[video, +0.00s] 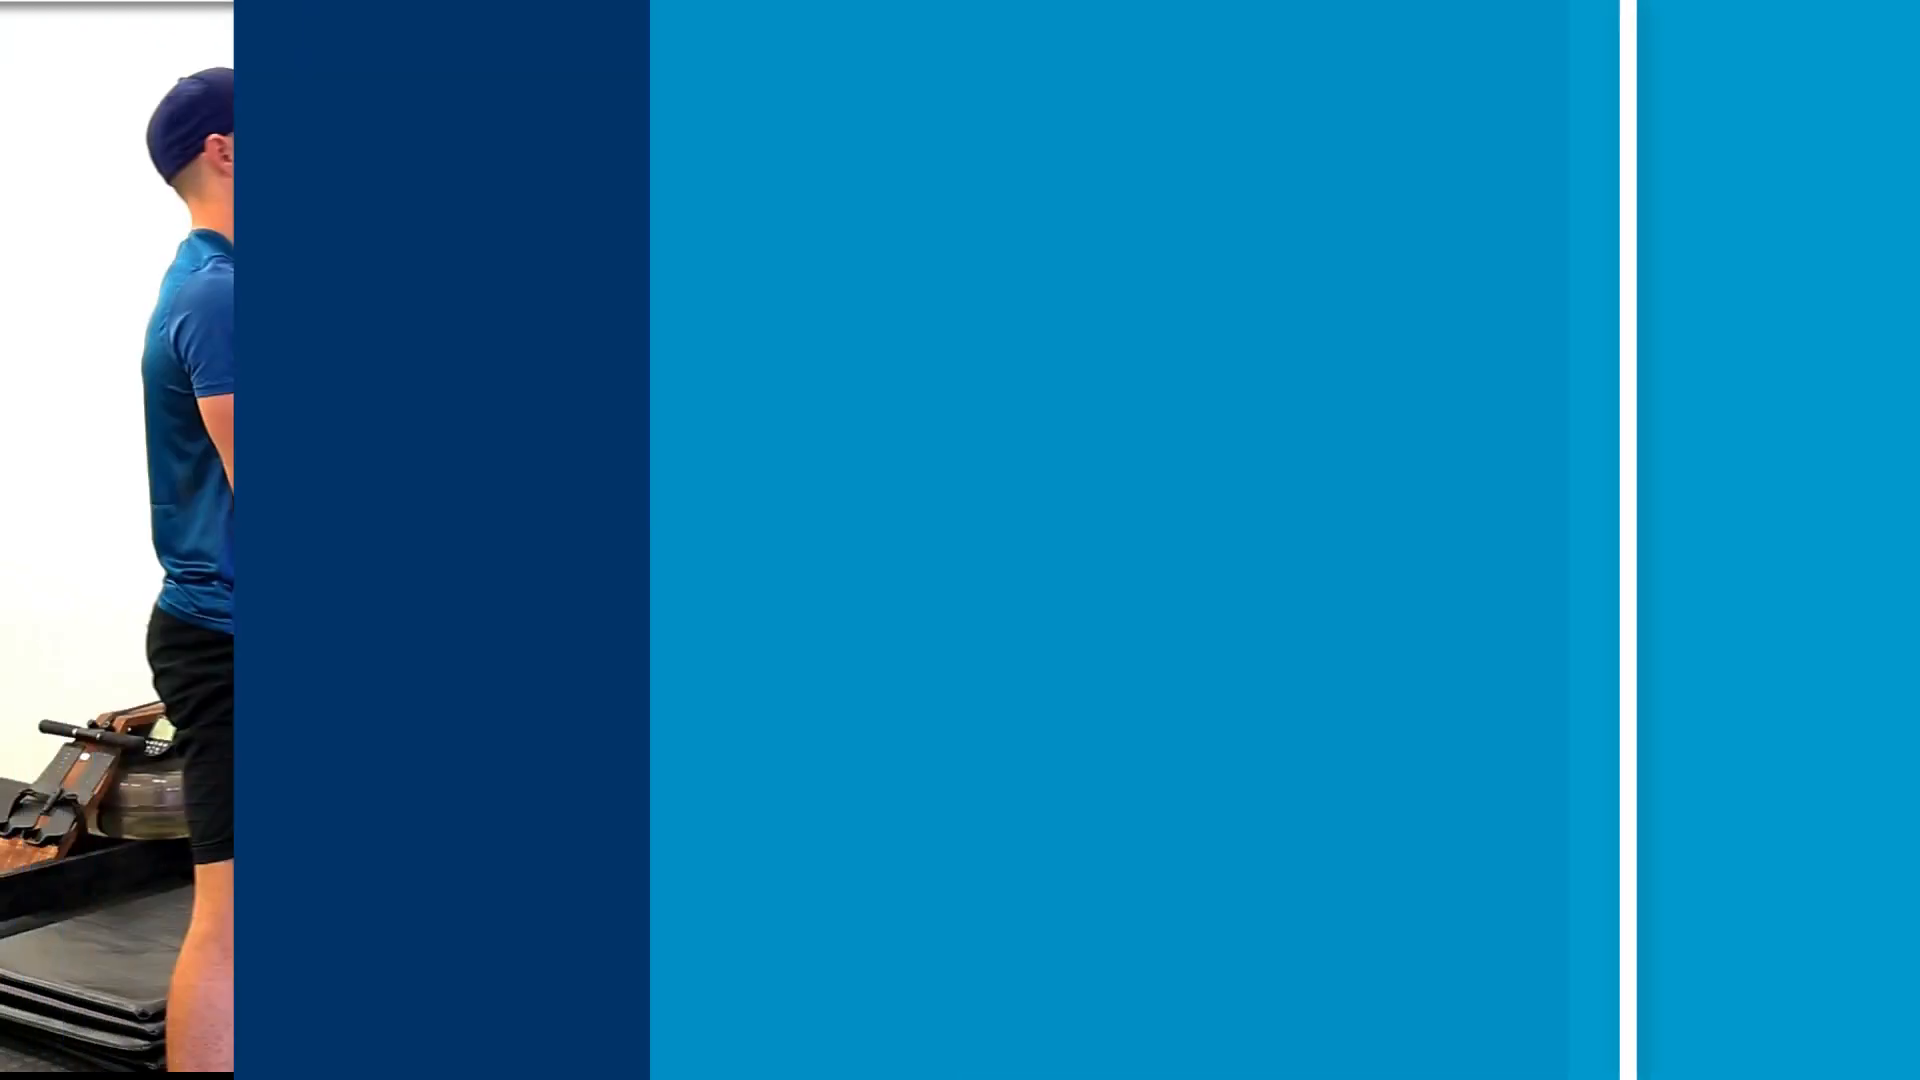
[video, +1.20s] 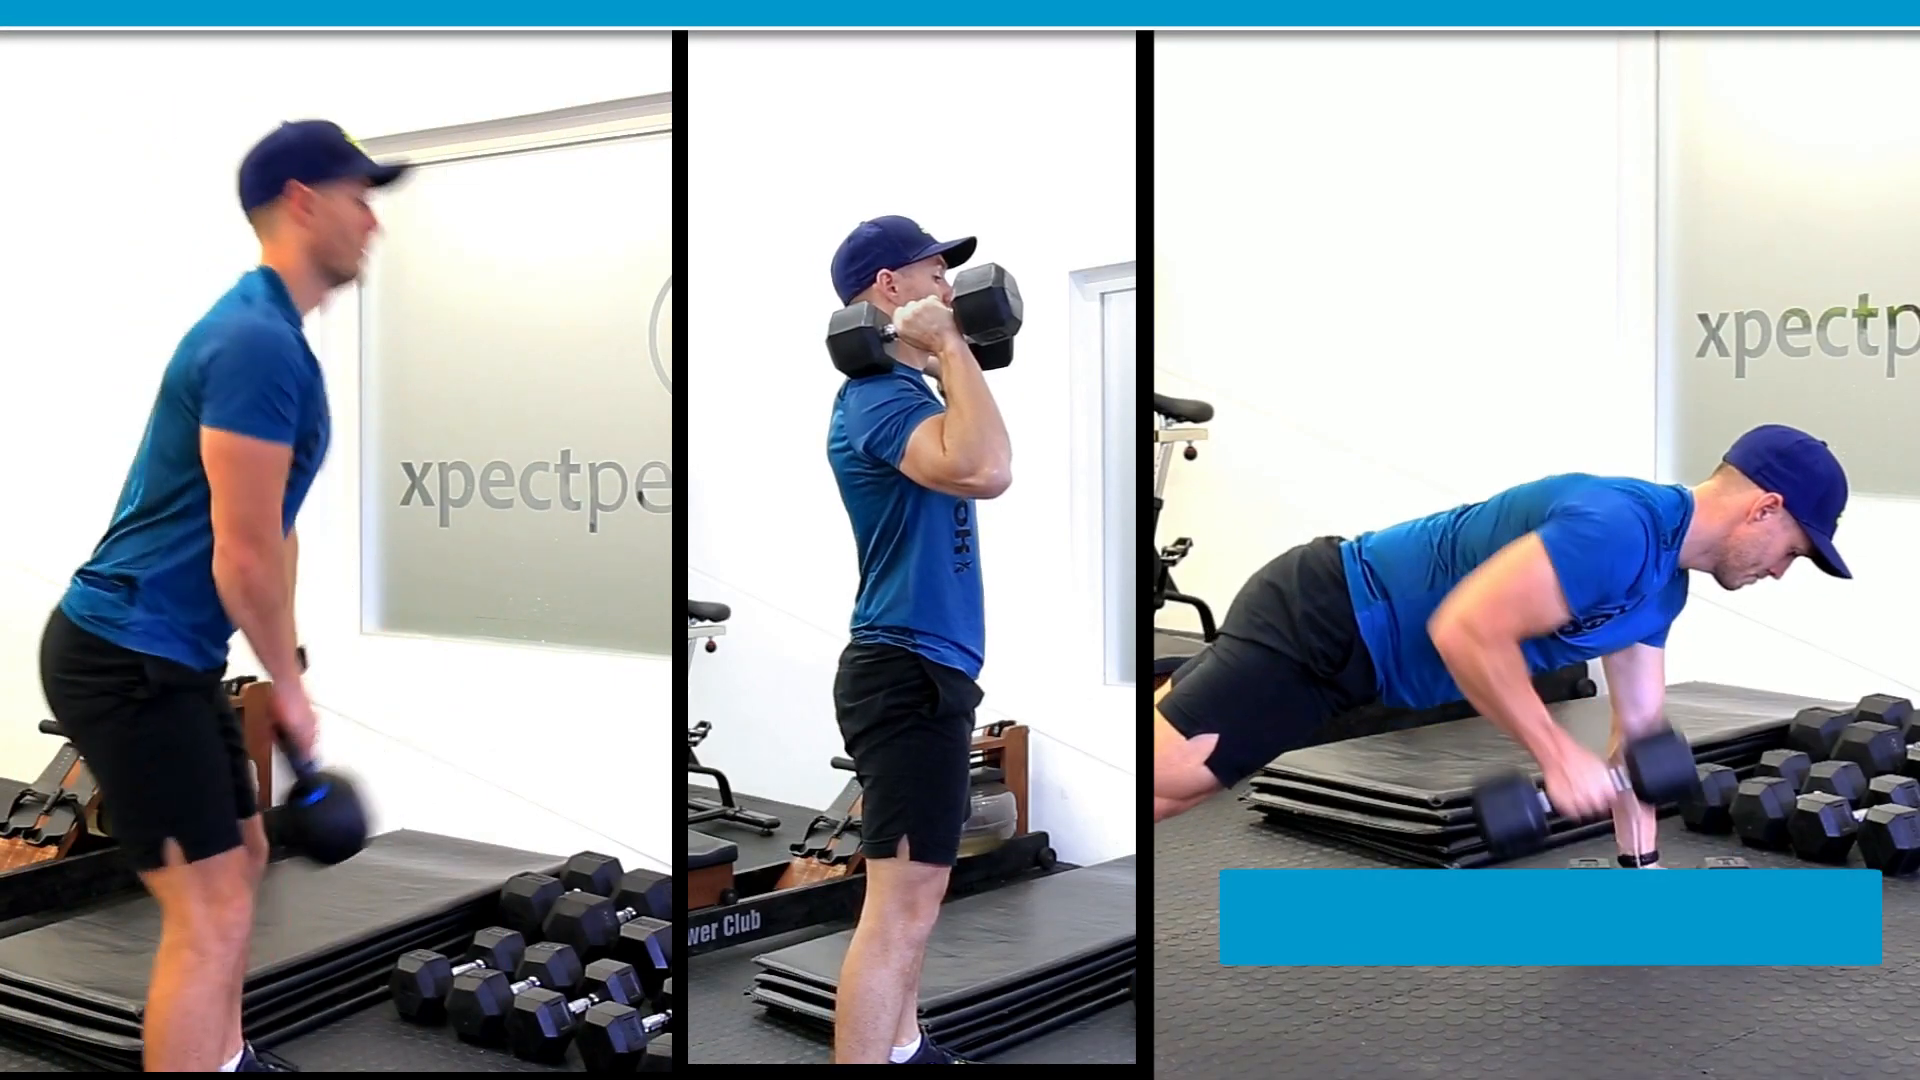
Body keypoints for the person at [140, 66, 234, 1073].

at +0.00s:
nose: (269, 163)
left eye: (263, 142)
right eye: (261, 144)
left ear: (203, 158)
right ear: (218, 153)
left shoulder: (206, 278)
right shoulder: (214, 286)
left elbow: (239, 466)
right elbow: (253, 472)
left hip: (216, 625)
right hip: (222, 632)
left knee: (229, 905)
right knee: (229, 910)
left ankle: (196, 1064)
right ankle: (195, 1070)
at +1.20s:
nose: (375, 222)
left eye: (373, 202)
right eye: (360, 200)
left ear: (302, 209)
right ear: (297, 203)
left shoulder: (277, 340)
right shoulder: (255, 342)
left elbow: (270, 539)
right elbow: (242, 552)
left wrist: (287, 669)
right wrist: (286, 682)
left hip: (167, 653)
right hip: (126, 657)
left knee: (241, 855)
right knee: (209, 912)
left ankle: (215, 1053)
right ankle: (187, 1073)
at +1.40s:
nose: (470, 314)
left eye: (469, 292)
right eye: (458, 289)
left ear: (396, 290)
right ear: (398, 286)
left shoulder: (334, 395)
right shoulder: (322, 404)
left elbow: (248, 587)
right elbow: (235, 602)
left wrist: (222, 711)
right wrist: (224, 726)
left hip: (150, 658)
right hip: (102, 657)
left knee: (223, 850)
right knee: (182, 914)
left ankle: (222, 1057)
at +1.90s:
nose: (369, 214)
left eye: (368, 193)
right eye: (356, 191)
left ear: (293, 195)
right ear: (297, 191)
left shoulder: (251, 315)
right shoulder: (250, 327)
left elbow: (250, 525)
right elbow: (251, 535)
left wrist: (278, 653)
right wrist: (287, 654)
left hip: (186, 644)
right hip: (175, 650)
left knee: (239, 894)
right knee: (241, 917)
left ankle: (218, 1050)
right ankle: (204, 1067)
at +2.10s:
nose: (275, 190)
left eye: (274, 170)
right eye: (263, 167)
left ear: (199, 171)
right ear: (201, 166)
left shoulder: (175, 288)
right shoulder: (171, 295)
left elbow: (257, 469)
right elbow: (266, 472)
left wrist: (377, 532)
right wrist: (389, 535)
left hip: (206, 631)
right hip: (191, 638)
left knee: (226, 877)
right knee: (202, 906)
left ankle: (226, 1059)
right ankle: (190, 1076)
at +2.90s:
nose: (372, 222)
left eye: (370, 201)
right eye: (357, 198)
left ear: (299, 207)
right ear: (295, 201)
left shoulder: (274, 336)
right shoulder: (257, 343)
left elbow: (289, 531)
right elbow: (271, 556)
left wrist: (335, 643)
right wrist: (338, 658)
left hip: (175, 656)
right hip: (139, 663)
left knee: (261, 841)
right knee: (242, 919)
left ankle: (218, 1042)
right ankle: (207, 1071)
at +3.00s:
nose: (441, 282)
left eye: (439, 261)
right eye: (425, 259)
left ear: (368, 266)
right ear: (367, 261)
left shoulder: (318, 382)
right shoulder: (312, 393)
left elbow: (272, 587)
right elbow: (264, 599)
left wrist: (279, 713)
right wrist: (277, 734)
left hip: (166, 673)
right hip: (128, 676)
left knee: (262, 859)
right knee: (247, 923)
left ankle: (222, 1041)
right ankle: (205, 1062)